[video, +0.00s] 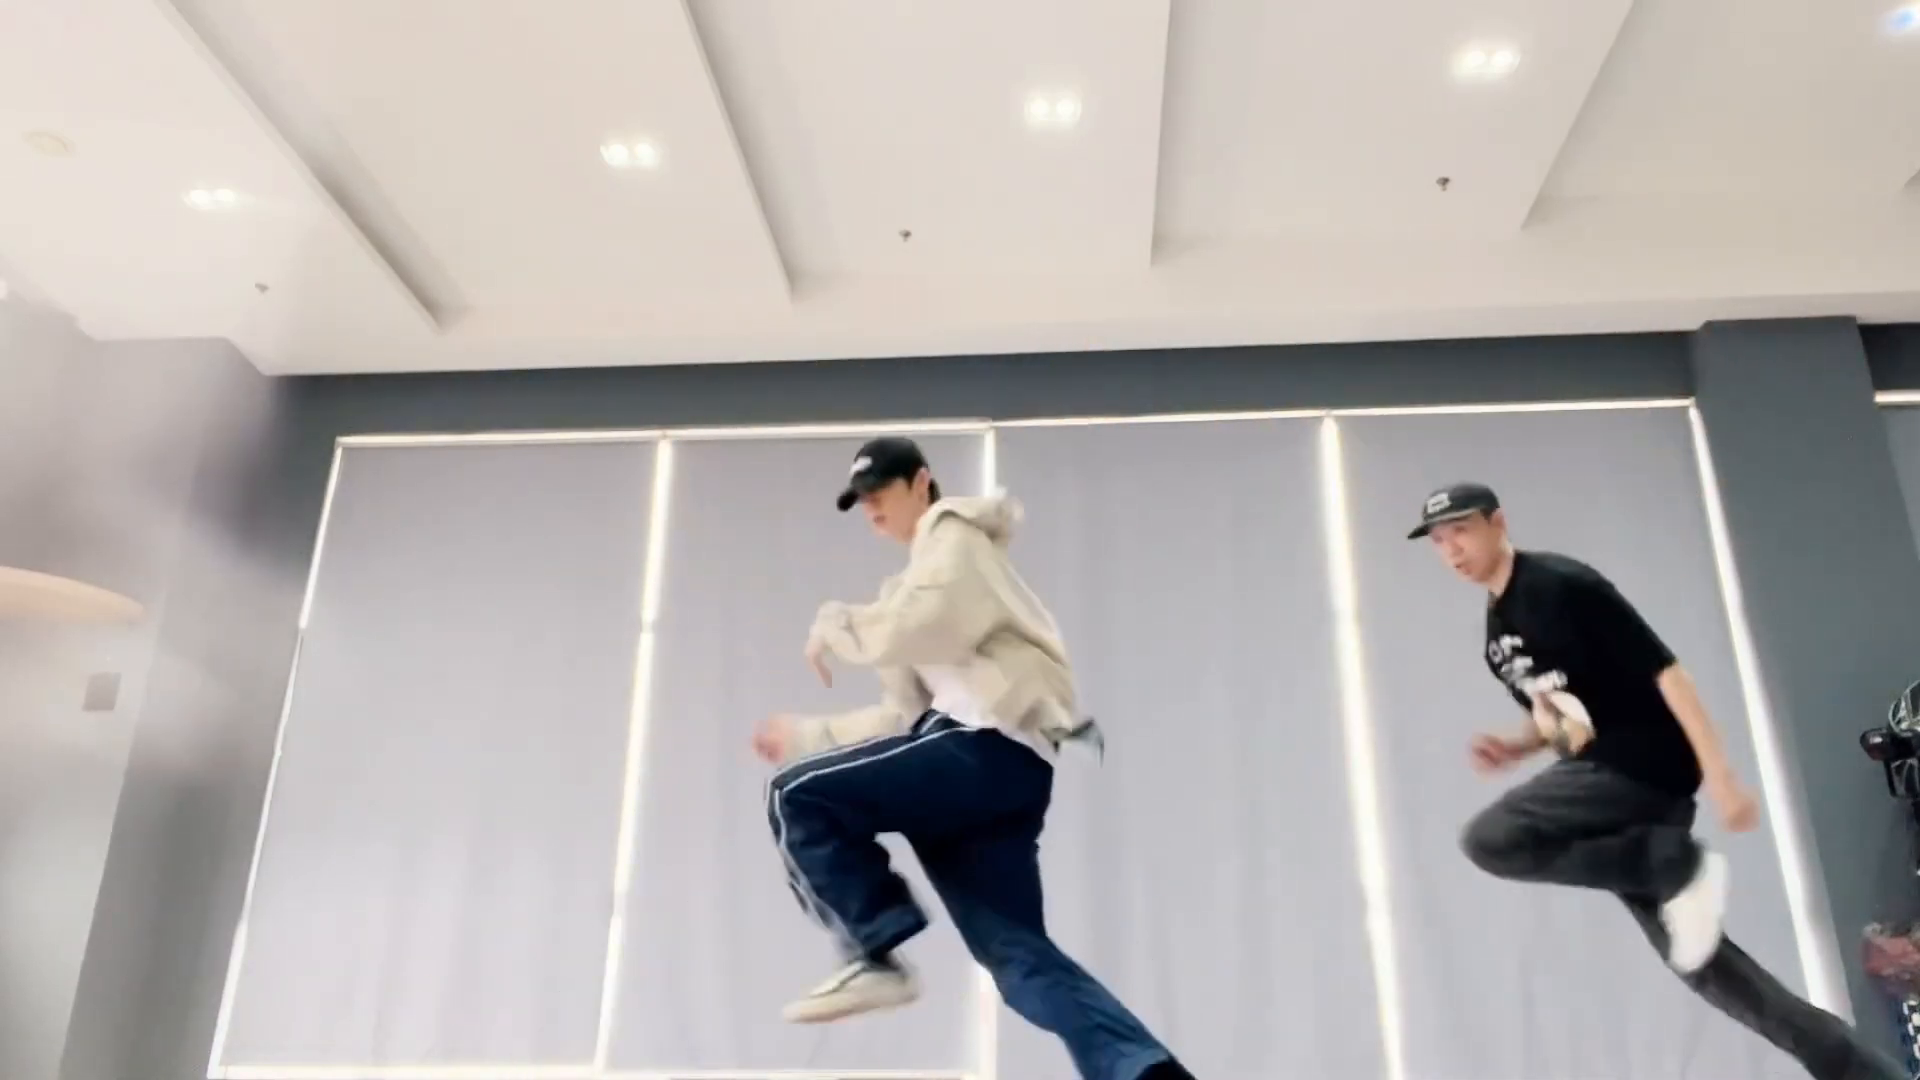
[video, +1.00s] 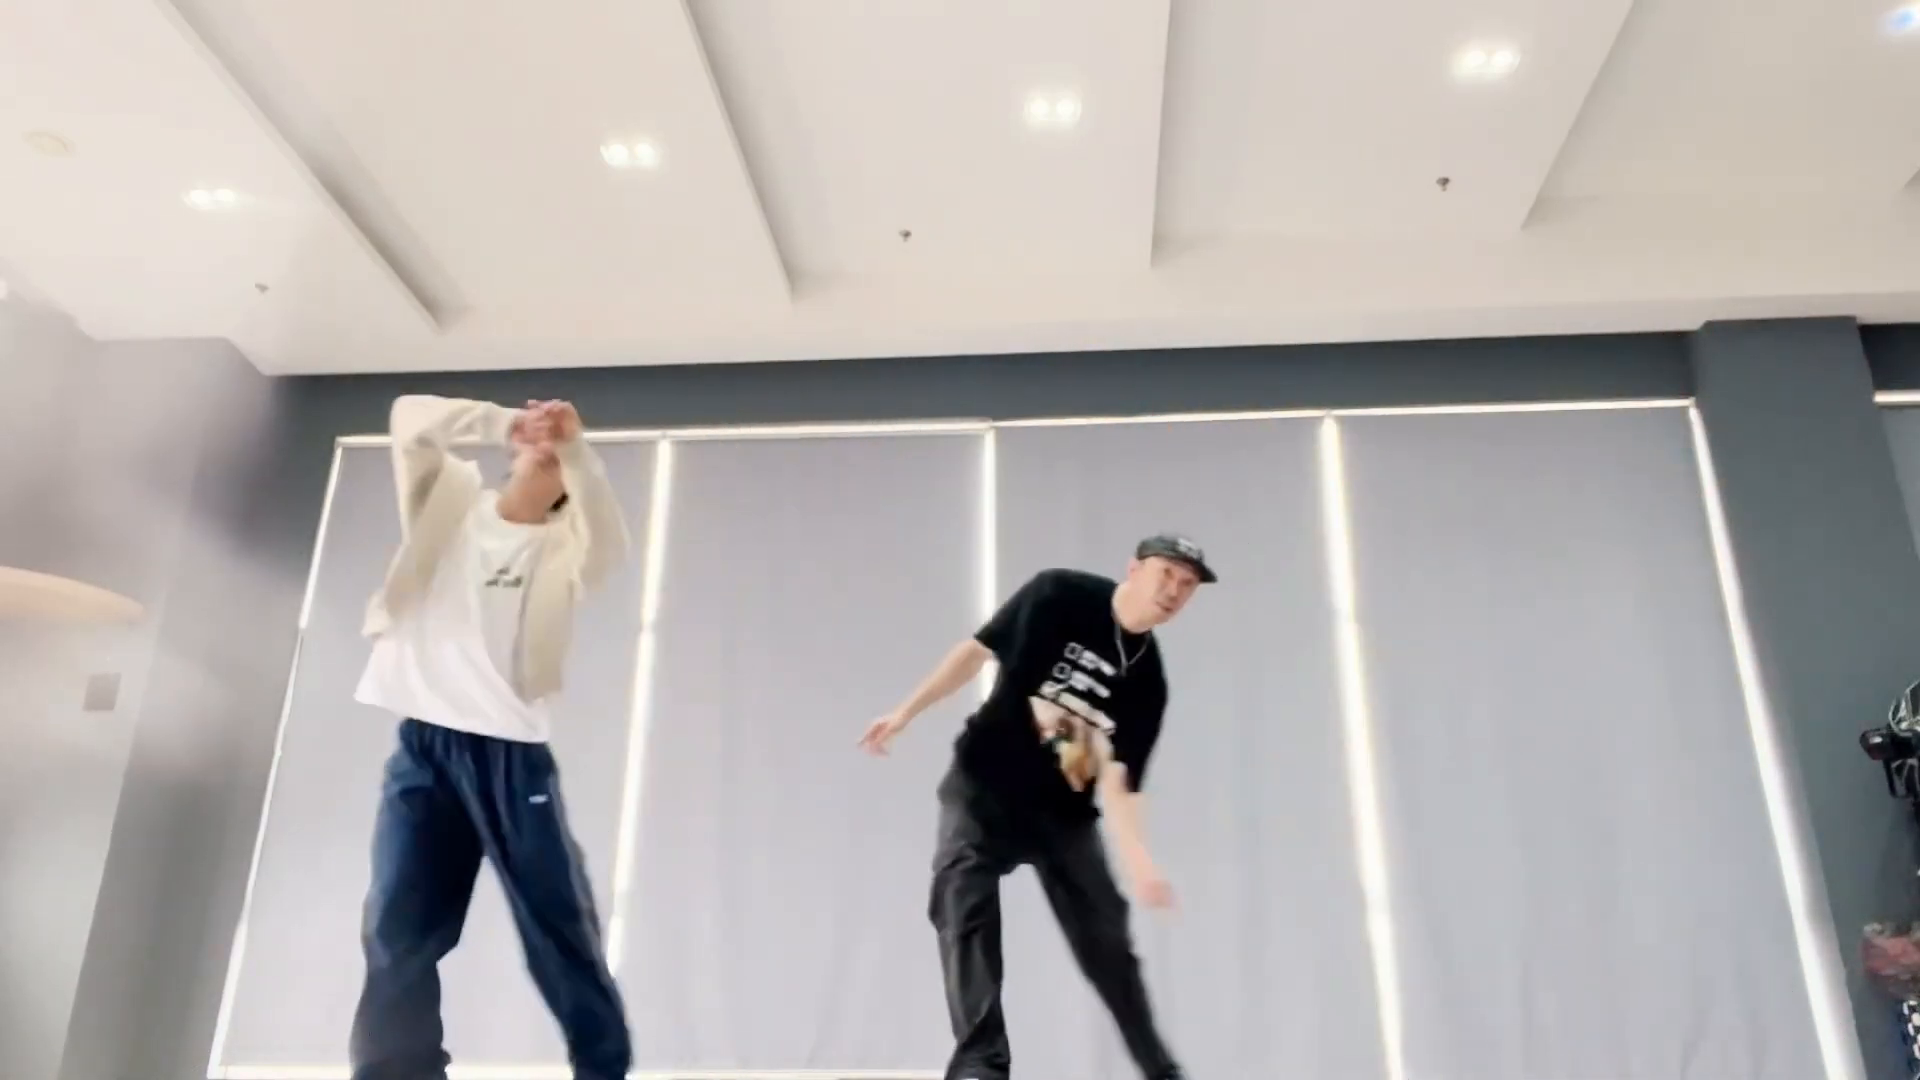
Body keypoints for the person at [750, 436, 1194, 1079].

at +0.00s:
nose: (870, 513)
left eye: (877, 494)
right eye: (862, 503)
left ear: (921, 483)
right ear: (870, 508)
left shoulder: (955, 535)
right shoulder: (915, 581)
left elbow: (931, 619)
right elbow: (907, 714)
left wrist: (835, 626)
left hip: (984, 748)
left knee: (800, 794)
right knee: (1019, 959)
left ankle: (873, 962)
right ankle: (1145, 1068)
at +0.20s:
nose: (809, 454)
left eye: (817, 441)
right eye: (806, 444)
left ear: (856, 438)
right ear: (854, 441)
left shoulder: (863, 491)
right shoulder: (850, 494)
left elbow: (833, 593)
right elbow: (797, 571)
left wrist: (747, 625)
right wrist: (731, 591)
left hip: (882, 713)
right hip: (909, 719)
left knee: (805, 894)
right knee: (998, 891)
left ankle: (688, 1064)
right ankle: (1132, 1047)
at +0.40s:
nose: (732, 437)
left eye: (746, 423)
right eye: (728, 426)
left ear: (785, 428)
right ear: (731, 436)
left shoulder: (783, 495)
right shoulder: (733, 494)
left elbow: (788, 562)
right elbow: (688, 561)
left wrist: (815, 600)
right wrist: (667, 498)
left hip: (758, 698)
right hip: (746, 697)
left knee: (724, 886)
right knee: (784, 890)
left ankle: (683, 1065)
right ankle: (921, 1020)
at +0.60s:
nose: (645, 431)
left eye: (660, 416)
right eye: (638, 422)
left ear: (700, 426)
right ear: (635, 437)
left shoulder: (739, 478)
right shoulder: (628, 529)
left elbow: (759, 534)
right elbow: (548, 585)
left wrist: (675, 458)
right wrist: (494, 540)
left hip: (675, 702)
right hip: (606, 716)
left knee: (637, 879)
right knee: (518, 859)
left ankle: (672, 1066)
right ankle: (595, 1030)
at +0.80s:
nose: (569, 479)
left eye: (589, 466)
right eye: (562, 464)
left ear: (624, 479)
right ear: (550, 470)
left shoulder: (647, 555)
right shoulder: (520, 544)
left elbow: (638, 504)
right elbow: (482, 506)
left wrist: (575, 446)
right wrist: (530, 457)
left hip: (598, 747)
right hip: (508, 753)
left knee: (593, 926)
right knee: (433, 931)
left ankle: (617, 1068)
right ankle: (400, 1071)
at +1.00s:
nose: (540, 445)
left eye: (555, 447)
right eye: (534, 438)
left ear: (570, 475)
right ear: (513, 447)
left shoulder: (571, 543)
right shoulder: (447, 502)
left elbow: (608, 545)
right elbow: (410, 421)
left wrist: (573, 443)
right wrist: (508, 424)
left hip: (512, 758)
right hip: (423, 749)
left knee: (562, 940)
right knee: (395, 940)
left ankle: (603, 1069)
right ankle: (399, 1074)